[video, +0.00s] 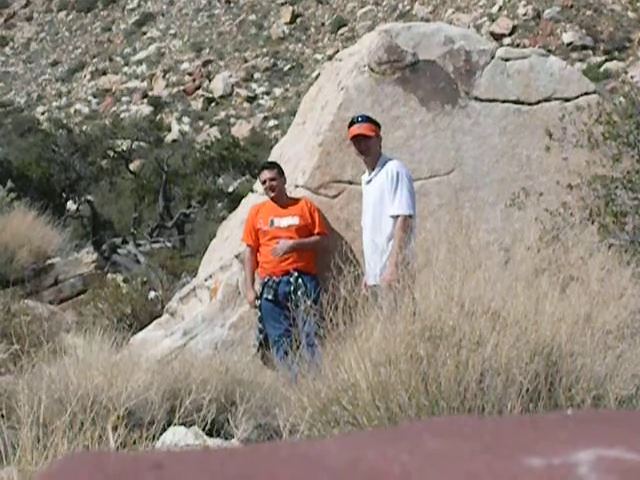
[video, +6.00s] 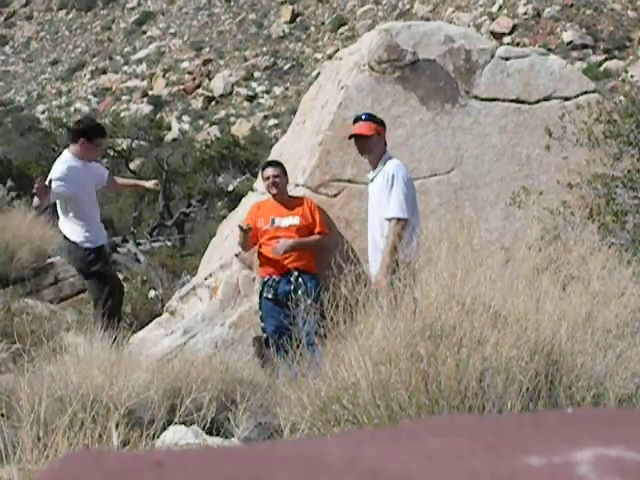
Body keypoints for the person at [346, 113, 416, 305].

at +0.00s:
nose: (361, 145)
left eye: (366, 138)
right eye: (356, 141)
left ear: (378, 138)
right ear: (352, 145)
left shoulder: (395, 170)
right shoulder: (366, 179)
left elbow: (404, 220)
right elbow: (371, 228)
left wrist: (393, 267)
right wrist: (369, 272)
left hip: (391, 273)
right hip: (374, 275)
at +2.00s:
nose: (352, 147)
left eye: (356, 141)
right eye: (351, 142)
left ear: (376, 138)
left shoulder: (394, 169)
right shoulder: (369, 176)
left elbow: (402, 219)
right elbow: (374, 224)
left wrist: (391, 263)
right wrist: (369, 273)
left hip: (391, 274)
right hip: (373, 274)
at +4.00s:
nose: (351, 147)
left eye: (355, 141)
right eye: (350, 142)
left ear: (373, 139)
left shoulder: (393, 170)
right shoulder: (369, 177)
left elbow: (401, 220)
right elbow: (372, 229)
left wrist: (390, 264)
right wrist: (369, 276)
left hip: (390, 272)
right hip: (373, 274)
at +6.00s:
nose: (359, 145)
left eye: (364, 138)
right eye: (356, 139)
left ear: (381, 136)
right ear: (354, 142)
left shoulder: (396, 170)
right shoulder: (374, 176)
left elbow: (398, 222)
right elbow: (380, 225)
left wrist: (385, 272)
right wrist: (375, 271)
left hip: (396, 272)